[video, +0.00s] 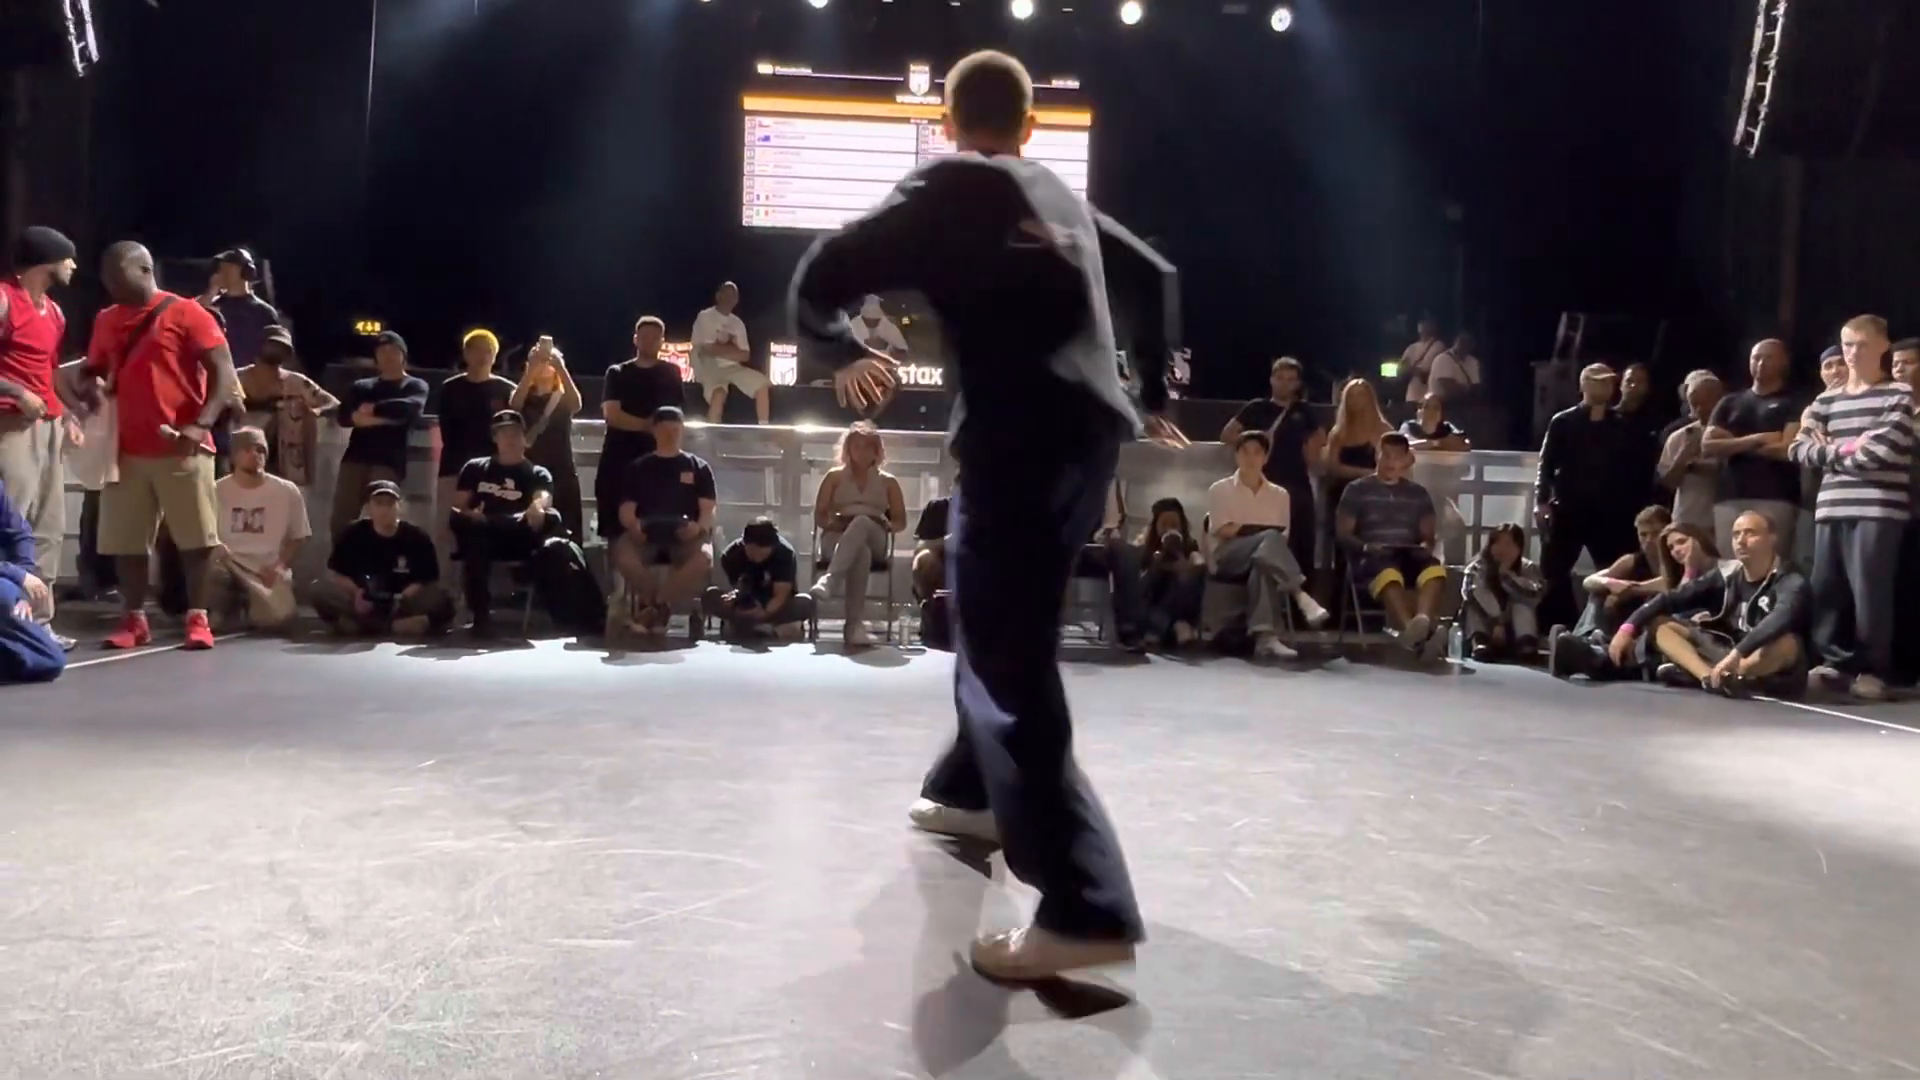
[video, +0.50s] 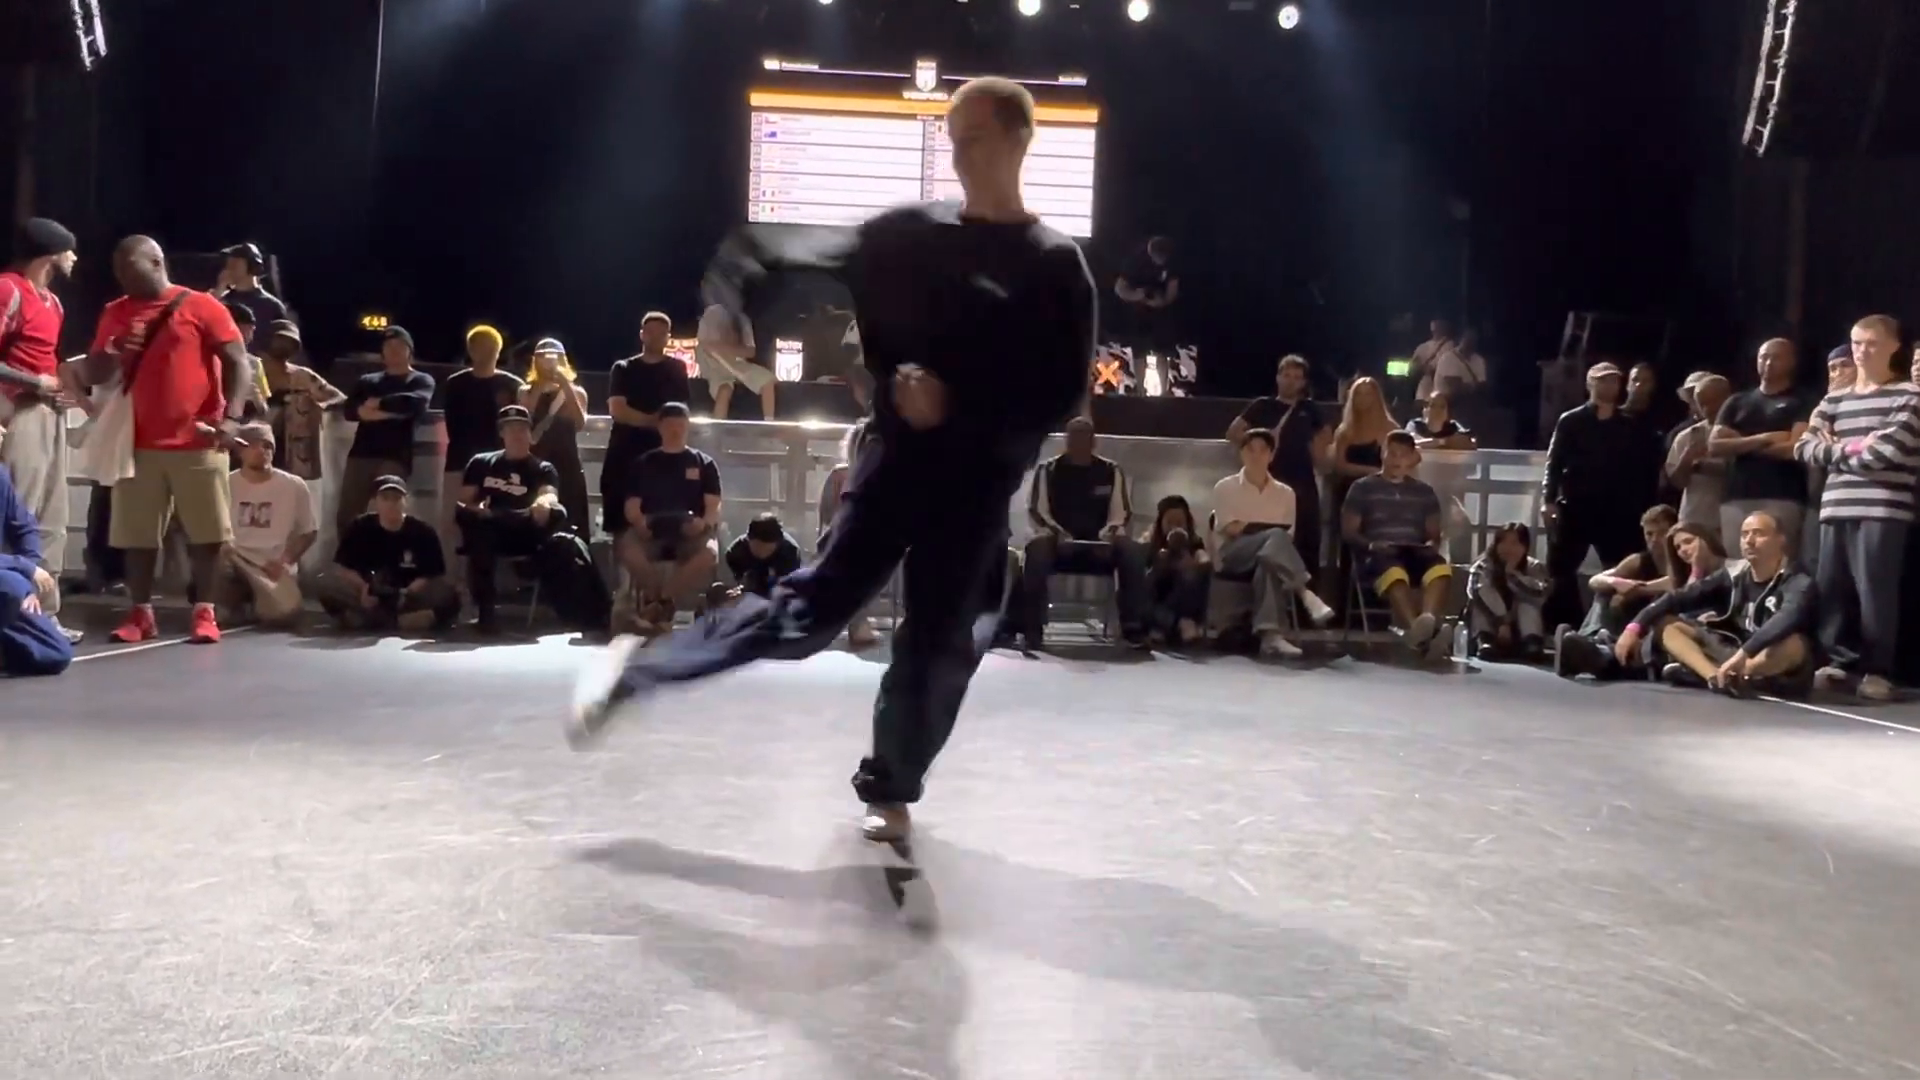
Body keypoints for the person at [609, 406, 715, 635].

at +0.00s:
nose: (670, 433)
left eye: (675, 428)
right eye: (665, 428)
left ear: (682, 430)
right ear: (654, 430)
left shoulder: (698, 467)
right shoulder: (637, 467)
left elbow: (707, 509)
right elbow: (626, 509)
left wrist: (698, 527)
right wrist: (635, 528)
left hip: (683, 528)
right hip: (647, 528)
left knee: (703, 557)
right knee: (623, 552)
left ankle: (655, 607)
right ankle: (659, 606)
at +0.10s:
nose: (672, 434)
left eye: (676, 429)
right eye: (666, 429)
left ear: (683, 431)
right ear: (656, 431)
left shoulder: (699, 467)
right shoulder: (639, 467)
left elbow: (709, 511)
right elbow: (627, 509)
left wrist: (699, 527)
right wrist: (636, 528)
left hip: (685, 527)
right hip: (649, 528)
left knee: (705, 558)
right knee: (623, 551)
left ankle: (656, 606)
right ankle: (659, 607)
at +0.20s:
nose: (673, 434)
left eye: (677, 428)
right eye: (667, 428)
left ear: (684, 431)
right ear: (657, 431)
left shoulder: (700, 467)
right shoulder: (640, 467)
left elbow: (710, 511)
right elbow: (628, 508)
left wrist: (699, 526)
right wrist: (637, 527)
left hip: (685, 528)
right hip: (649, 527)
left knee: (705, 558)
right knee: (624, 551)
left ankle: (655, 607)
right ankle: (661, 606)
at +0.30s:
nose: (673, 432)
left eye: (678, 427)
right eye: (668, 427)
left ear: (685, 429)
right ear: (657, 429)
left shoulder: (701, 465)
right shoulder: (640, 466)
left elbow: (711, 508)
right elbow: (629, 506)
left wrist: (701, 525)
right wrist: (637, 526)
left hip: (686, 526)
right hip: (650, 526)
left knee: (706, 555)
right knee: (625, 550)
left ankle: (658, 605)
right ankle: (659, 605)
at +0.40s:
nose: (675, 431)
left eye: (679, 426)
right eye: (669, 426)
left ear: (686, 428)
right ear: (659, 428)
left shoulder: (702, 464)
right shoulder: (642, 464)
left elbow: (712, 507)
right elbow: (630, 506)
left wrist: (702, 524)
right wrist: (639, 525)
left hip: (687, 524)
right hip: (651, 524)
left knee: (707, 554)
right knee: (626, 548)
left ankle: (660, 603)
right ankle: (660, 604)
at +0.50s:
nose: (675, 429)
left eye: (679, 424)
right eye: (669, 424)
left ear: (687, 427)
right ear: (659, 427)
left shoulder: (704, 463)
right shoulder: (643, 463)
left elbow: (713, 507)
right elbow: (631, 506)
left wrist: (702, 523)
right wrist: (642, 525)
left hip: (689, 524)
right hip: (652, 524)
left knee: (708, 554)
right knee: (628, 547)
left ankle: (662, 601)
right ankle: (659, 601)